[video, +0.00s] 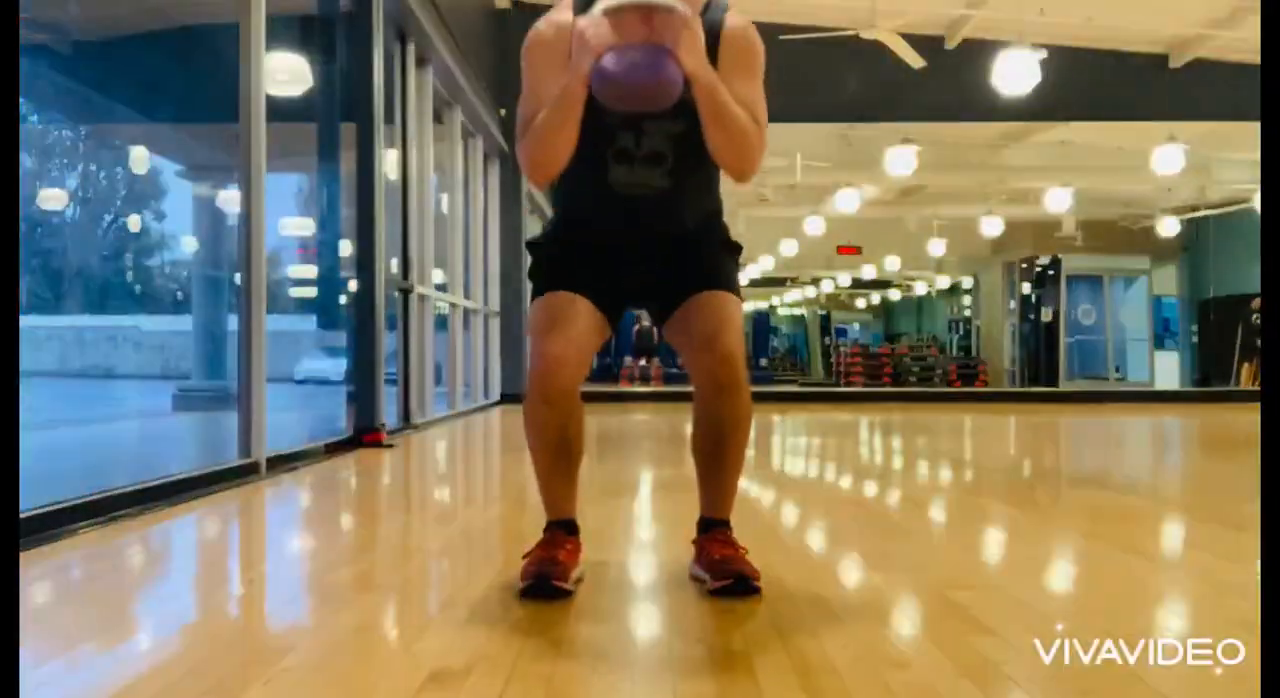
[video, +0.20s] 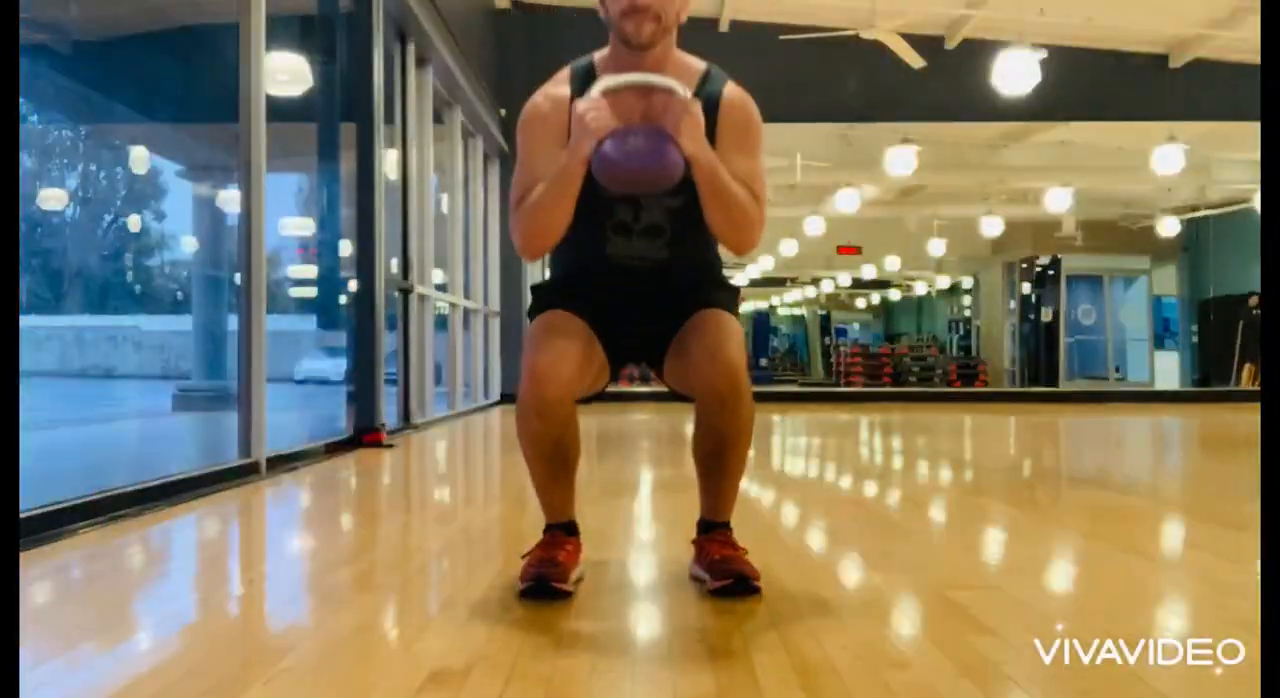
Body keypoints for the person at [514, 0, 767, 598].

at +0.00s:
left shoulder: (730, 33)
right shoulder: (558, 32)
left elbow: (744, 161)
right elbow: (539, 168)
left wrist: (694, 60)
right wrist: (579, 72)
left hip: (688, 241)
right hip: (586, 239)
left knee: (724, 361)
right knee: (550, 368)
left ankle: (716, 537)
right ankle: (559, 535)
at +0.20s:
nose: (637, 1)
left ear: (683, 5)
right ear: (603, 5)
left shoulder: (726, 102)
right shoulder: (554, 102)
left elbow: (743, 237)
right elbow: (530, 241)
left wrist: (697, 149)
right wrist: (578, 151)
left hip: (687, 297)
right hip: (584, 296)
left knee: (728, 376)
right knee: (541, 382)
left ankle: (716, 537)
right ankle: (558, 537)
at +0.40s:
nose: (638, 46)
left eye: (656, 31)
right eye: (621, 30)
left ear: (681, 49)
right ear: (596, 46)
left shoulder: (723, 150)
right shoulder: (552, 154)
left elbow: (744, 284)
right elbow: (530, 295)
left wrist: (694, 202)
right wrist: (573, 211)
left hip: (684, 339)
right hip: (586, 338)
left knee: (722, 371)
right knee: (544, 379)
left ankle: (716, 538)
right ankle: (558, 538)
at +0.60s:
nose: (635, 52)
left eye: (653, 38)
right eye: (618, 36)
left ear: (678, 55)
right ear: (593, 52)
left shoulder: (723, 158)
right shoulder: (549, 163)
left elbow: (746, 294)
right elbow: (530, 306)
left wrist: (693, 213)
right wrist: (571, 219)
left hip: (687, 350)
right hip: (588, 349)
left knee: (725, 372)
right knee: (545, 380)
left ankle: (716, 538)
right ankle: (559, 538)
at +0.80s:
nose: (643, 2)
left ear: (688, 9)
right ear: (604, 7)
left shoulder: (732, 110)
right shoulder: (556, 110)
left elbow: (748, 247)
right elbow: (529, 252)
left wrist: (697, 158)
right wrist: (576, 165)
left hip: (693, 298)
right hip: (590, 297)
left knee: (718, 380)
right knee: (553, 386)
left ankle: (715, 538)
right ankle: (559, 537)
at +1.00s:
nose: (663, 3)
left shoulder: (751, 22)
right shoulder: (571, 20)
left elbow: (766, 158)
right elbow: (542, 160)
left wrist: (714, 59)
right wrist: (596, 60)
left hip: (701, 236)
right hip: (597, 233)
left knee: (721, 378)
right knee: (556, 383)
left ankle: (714, 537)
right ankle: (559, 535)